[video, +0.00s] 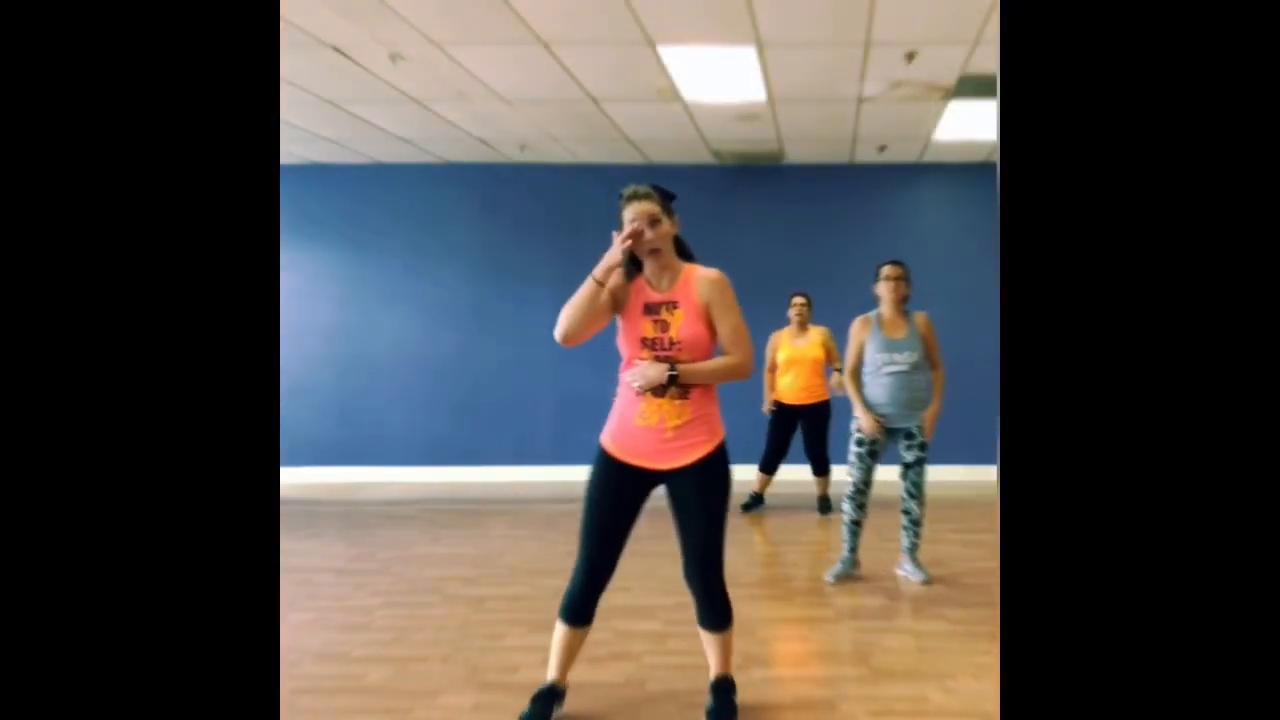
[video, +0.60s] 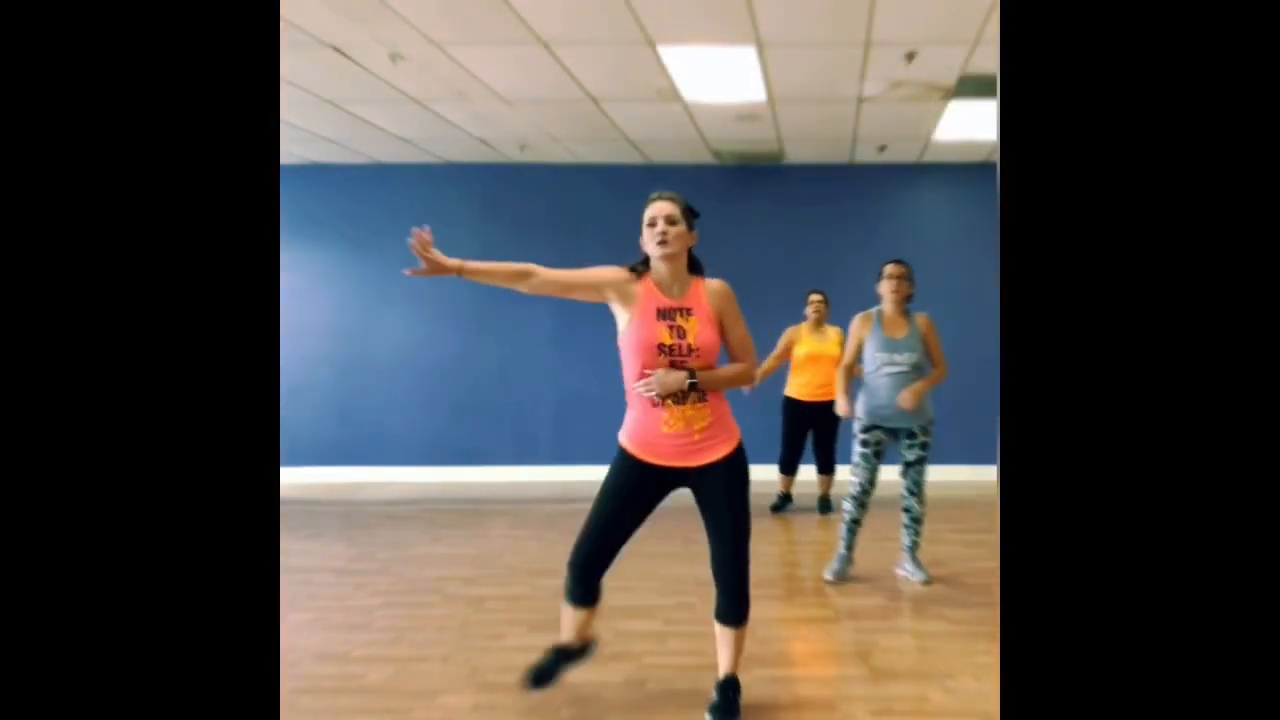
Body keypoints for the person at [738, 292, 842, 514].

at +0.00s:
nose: (798, 310)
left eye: (803, 306)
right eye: (795, 306)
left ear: (810, 311)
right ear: (788, 311)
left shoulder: (822, 335)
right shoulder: (777, 338)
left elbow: (836, 361)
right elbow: (769, 369)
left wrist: (836, 374)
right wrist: (768, 396)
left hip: (815, 400)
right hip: (785, 401)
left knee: (817, 453)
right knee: (773, 451)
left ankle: (823, 495)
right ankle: (757, 494)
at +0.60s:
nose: (816, 307)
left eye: (820, 304)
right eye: (812, 304)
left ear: (827, 309)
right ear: (806, 309)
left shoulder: (837, 334)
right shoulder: (794, 333)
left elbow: (847, 365)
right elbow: (776, 358)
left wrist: (867, 374)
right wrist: (756, 378)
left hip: (827, 400)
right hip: (797, 399)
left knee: (825, 452)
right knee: (790, 450)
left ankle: (824, 495)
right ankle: (784, 493)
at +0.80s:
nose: (812, 309)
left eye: (816, 305)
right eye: (808, 305)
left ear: (823, 311)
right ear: (801, 311)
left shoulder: (832, 336)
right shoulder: (789, 334)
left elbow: (849, 364)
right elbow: (759, 344)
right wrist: (728, 349)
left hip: (822, 401)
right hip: (790, 399)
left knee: (823, 453)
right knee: (776, 448)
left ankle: (824, 497)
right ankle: (761, 493)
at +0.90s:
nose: (806, 310)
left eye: (810, 306)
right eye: (802, 306)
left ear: (818, 312)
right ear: (796, 312)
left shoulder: (825, 337)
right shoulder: (783, 334)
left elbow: (838, 363)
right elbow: (752, 337)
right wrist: (719, 336)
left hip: (816, 402)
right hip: (785, 401)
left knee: (820, 453)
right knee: (771, 450)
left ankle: (824, 498)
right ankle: (751, 495)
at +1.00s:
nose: (798, 309)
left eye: (802, 306)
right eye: (794, 306)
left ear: (810, 313)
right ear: (788, 312)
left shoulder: (817, 338)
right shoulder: (775, 333)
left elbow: (830, 365)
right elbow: (743, 333)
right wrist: (709, 328)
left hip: (808, 402)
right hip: (776, 401)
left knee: (814, 452)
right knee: (765, 450)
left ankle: (823, 497)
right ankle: (748, 495)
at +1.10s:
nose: (790, 308)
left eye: (794, 304)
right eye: (786, 304)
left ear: (802, 311)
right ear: (780, 310)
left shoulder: (811, 338)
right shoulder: (765, 331)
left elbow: (824, 368)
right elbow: (733, 329)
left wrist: (828, 395)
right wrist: (700, 324)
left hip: (798, 401)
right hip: (766, 400)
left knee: (809, 451)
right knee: (760, 451)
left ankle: (821, 496)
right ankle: (747, 495)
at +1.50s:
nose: (769, 307)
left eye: (773, 303)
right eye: (765, 303)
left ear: (780, 309)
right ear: (759, 308)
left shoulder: (791, 334)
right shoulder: (746, 333)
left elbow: (802, 360)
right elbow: (725, 348)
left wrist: (799, 377)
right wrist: (707, 338)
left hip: (780, 398)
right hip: (750, 396)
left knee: (780, 452)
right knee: (751, 450)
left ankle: (779, 496)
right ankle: (747, 494)